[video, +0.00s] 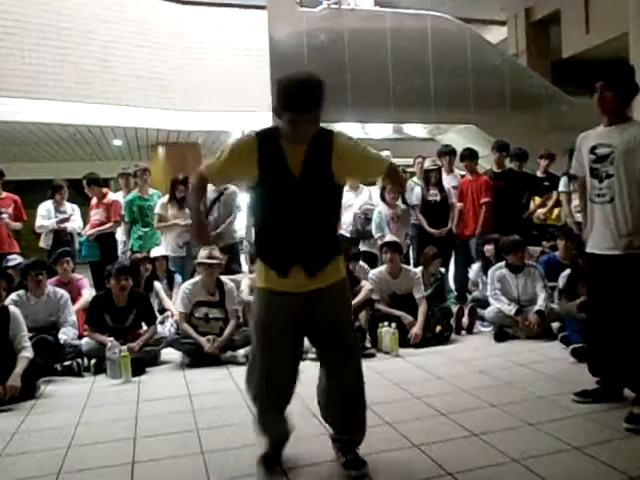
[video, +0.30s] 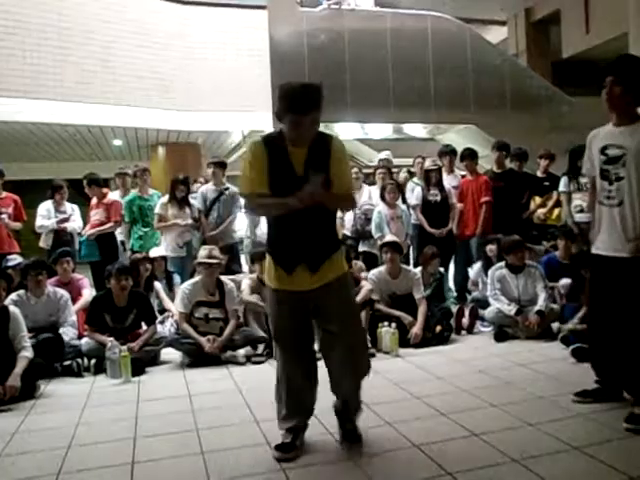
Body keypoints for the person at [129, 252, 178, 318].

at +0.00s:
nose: (147, 267)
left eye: (149, 263)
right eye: (142, 264)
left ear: (152, 266)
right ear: (136, 267)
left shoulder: (155, 284)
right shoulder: (130, 287)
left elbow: (165, 300)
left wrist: (175, 312)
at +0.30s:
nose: (147, 267)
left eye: (148, 263)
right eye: (142, 264)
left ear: (151, 265)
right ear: (136, 267)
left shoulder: (155, 285)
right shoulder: (130, 288)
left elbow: (166, 302)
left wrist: (176, 313)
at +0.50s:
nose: (156, 267)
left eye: (158, 263)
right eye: (152, 264)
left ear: (161, 265)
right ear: (146, 268)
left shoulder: (165, 285)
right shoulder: (141, 288)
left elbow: (177, 302)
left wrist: (187, 314)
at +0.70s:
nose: (158, 260)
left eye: (160, 257)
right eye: (153, 258)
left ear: (163, 259)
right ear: (147, 261)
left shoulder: (167, 279)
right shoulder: (142, 281)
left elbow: (176, 293)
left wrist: (186, 307)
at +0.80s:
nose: (154, 258)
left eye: (156, 254)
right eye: (149, 255)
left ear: (160, 257)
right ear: (144, 259)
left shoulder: (163, 276)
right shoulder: (139, 279)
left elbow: (173, 291)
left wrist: (182, 305)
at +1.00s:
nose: (147, 257)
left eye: (149, 253)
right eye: (143, 254)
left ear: (153, 256)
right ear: (138, 257)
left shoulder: (157, 275)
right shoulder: (132, 276)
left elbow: (166, 290)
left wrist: (177, 304)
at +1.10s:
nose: (143, 257)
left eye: (144, 253)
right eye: (138, 254)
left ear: (148, 256)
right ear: (133, 258)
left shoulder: (152, 276)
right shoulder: (128, 278)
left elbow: (162, 291)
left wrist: (172, 304)